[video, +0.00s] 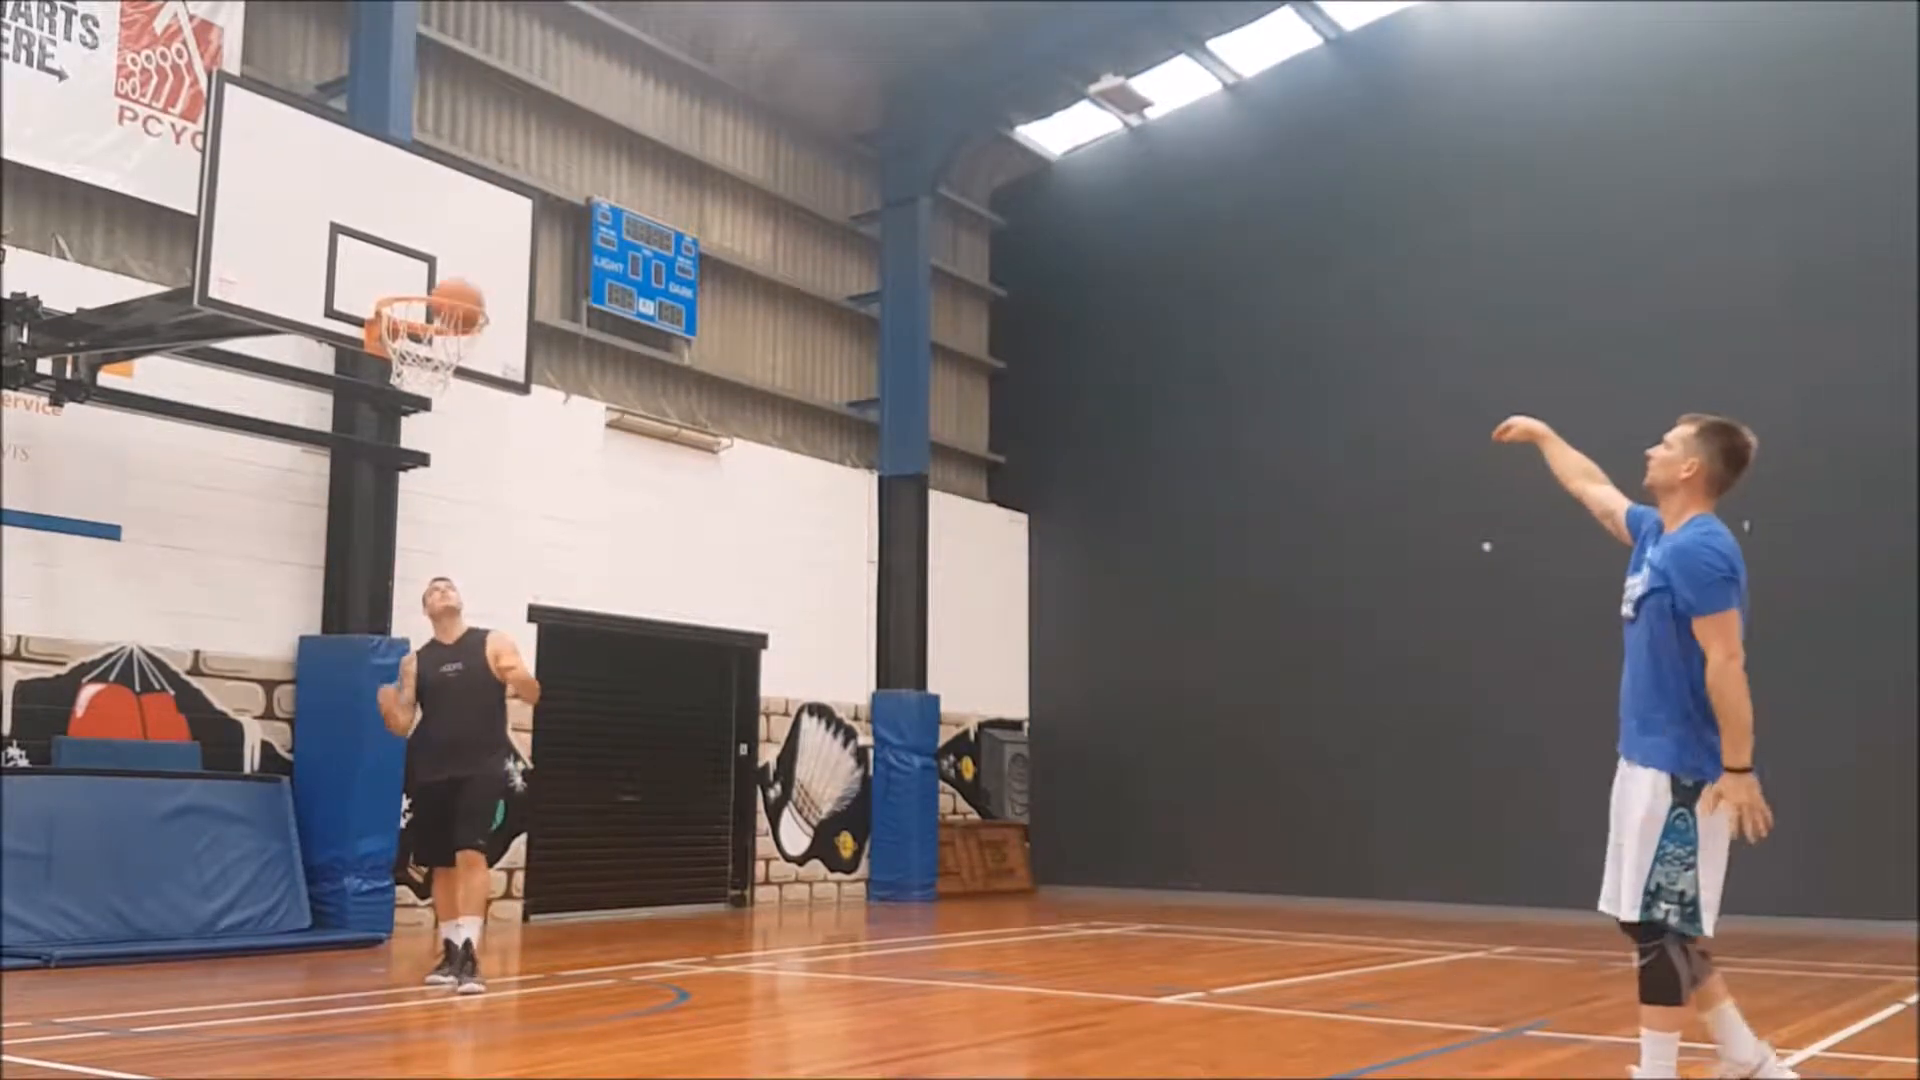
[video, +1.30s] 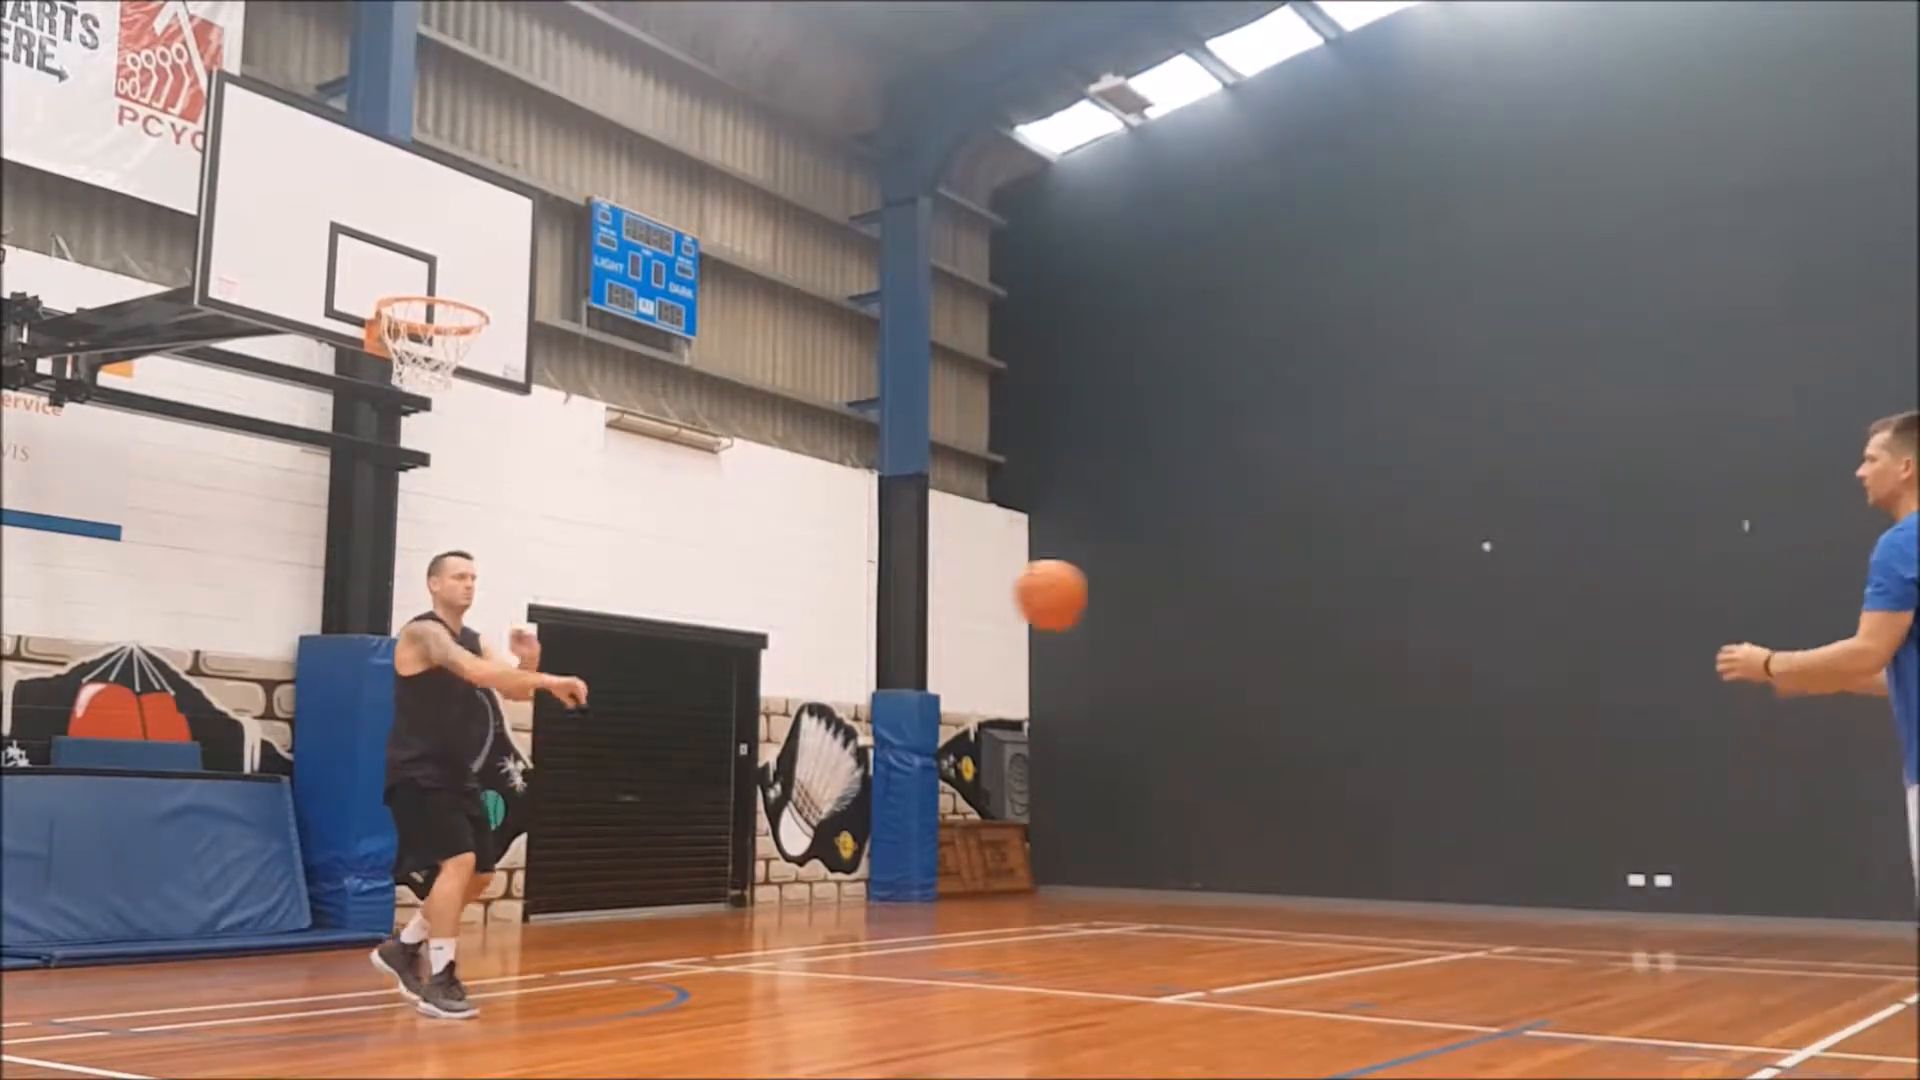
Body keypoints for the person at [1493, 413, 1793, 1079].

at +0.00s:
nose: (1650, 450)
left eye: (1664, 444)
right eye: (1659, 442)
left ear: (1692, 469)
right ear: (1689, 472)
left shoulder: (1698, 546)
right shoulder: (1657, 531)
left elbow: (1727, 660)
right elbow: (1591, 487)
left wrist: (1738, 767)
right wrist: (1540, 432)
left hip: (1682, 771)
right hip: (1647, 763)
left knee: (1657, 924)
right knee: (1644, 918)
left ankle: (1654, 1071)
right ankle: (1748, 1055)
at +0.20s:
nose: (1678, 457)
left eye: (1692, 450)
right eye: (1686, 448)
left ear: (1721, 473)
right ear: (1718, 477)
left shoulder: (1731, 547)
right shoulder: (1689, 545)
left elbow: (1758, 660)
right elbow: (1615, 535)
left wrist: (1753, 767)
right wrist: (1571, 469)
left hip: (1707, 770)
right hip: (1704, 765)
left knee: (1677, 924)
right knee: (1743, 924)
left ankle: (1657, 1069)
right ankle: (1804, 1065)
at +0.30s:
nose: (1691, 463)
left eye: (1703, 456)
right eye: (1698, 454)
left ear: (1735, 477)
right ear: (1735, 480)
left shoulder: (1743, 550)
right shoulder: (1719, 555)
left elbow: (1760, 661)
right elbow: (1635, 586)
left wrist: (1735, 765)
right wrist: (1594, 517)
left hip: (1739, 775)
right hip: (1752, 773)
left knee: (1695, 924)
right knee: (1761, 927)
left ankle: (1665, 1070)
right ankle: (1806, 1065)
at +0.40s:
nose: (1702, 470)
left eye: (1714, 461)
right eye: (1709, 460)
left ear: (1746, 478)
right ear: (1751, 482)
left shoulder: (1757, 547)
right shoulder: (1752, 553)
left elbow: (1762, 660)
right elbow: (1681, 643)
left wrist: (1714, 757)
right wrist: (1608, 589)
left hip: (1769, 769)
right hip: (1786, 769)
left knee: (1711, 913)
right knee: (1772, 921)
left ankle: (1687, 1070)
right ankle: (1809, 1068)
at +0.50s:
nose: (1717, 472)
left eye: (1728, 461)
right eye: (1722, 461)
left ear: (1762, 474)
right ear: (1767, 478)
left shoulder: (1771, 544)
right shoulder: (1792, 543)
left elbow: (1773, 654)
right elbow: (1744, 670)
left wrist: (1710, 741)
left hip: (1792, 759)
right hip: (1818, 759)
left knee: (1725, 904)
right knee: (1788, 918)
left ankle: (1772, 1066)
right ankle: (1810, 1065)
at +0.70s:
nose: (1759, 473)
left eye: (1770, 462)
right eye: (1764, 462)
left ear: (1804, 471)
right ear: (1815, 475)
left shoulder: (1807, 539)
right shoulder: (1844, 542)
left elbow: (1808, 648)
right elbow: (1858, 670)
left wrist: (1735, 726)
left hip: (1829, 766)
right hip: (1851, 763)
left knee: (1812, 920)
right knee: (1817, 918)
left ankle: (1813, 1067)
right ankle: (1809, 1062)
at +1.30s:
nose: (1860, 472)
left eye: (1871, 459)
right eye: (1863, 460)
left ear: (1906, 468)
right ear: (1904, 469)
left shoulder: (1902, 542)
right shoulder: (1906, 542)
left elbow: (1868, 654)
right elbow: (1906, 678)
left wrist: (1769, 664)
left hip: (1918, 773)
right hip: (1915, 771)